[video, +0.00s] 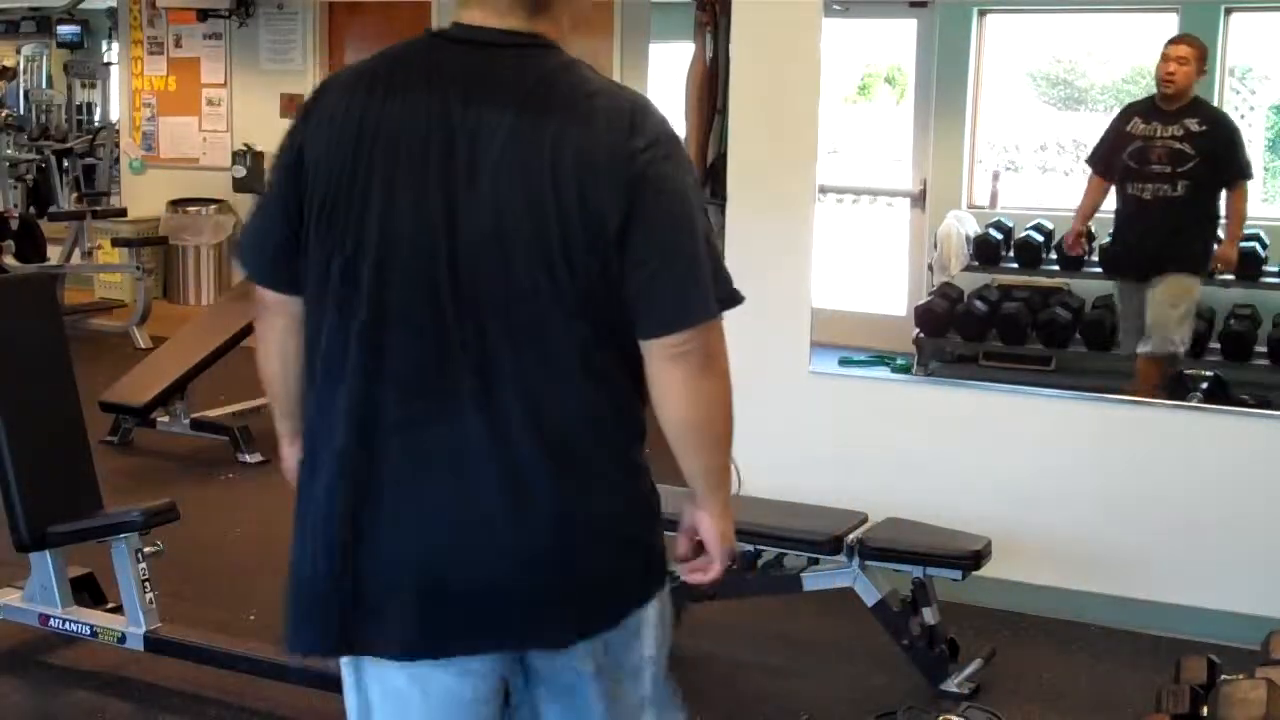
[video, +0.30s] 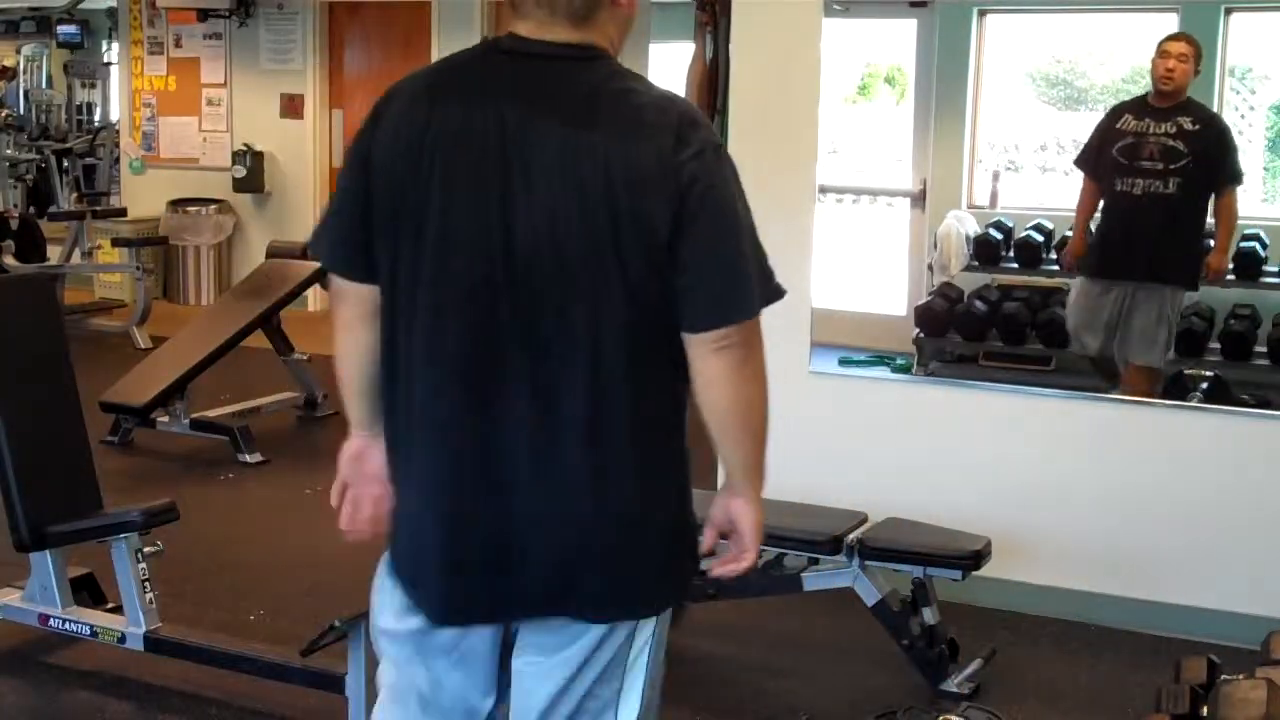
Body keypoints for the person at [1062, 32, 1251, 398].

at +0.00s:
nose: (1169, 67)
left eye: (1181, 62)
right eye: (1165, 59)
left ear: (1199, 73)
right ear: (1157, 65)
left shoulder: (1216, 124)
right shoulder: (1131, 115)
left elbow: (1237, 186)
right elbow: (1102, 174)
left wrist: (1231, 243)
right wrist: (1079, 224)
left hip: (1183, 251)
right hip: (1129, 247)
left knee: (1155, 350)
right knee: (1142, 349)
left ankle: (1134, 437)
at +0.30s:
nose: (1170, 65)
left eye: (1181, 59)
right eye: (1164, 56)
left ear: (1195, 72)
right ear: (1152, 63)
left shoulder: (1210, 127)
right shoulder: (1120, 115)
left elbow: (1226, 193)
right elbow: (1094, 179)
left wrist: (1221, 251)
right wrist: (1078, 235)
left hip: (1169, 257)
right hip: (1111, 249)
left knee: (1142, 362)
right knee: (1082, 333)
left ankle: (1131, 447)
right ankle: (1129, 390)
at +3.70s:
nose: (1192, 81)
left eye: (1194, 73)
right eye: (1189, 71)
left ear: (1165, 69)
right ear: (1164, 67)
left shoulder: (1159, 117)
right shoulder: (1139, 116)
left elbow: (1158, 188)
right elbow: (1132, 189)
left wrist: (1180, 244)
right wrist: (1159, 248)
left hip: (1162, 264)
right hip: (1137, 264)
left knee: (1165, 363)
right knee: (1129, 362)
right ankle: (1113, 445)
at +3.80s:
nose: (1196, 83)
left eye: (1198, 74)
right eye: (1193, 73)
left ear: (1169, 71)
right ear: (1167, 69)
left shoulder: (1164, 119)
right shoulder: (1139, 116)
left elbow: (1161, 189)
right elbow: (1126, 188)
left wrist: (1182, 246)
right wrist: (1155, 247)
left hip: (1163, 265)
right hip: (1138, 267)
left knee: (1161, 363)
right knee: (1133, 363)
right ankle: (1109, 445)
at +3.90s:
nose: (1197, 81)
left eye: (1199, 73)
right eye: (1194, 72)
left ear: (1170, 71)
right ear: (1167, 69)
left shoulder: (1166, 118)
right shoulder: (1138, 116)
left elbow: (1167, 189)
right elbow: (1125, 190)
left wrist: (1185, 247)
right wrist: (1147, 248)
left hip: (1166, 263)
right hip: (1139, 266)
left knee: (1149, 364)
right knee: (1132, 364)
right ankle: (1106, 445)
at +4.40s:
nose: (1198, 77)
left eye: (1198, 67)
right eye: (1195, 67)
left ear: (1169, 69)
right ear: (1173, 68)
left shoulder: (1159, 115)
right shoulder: (1144, 114)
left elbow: (1152, 187)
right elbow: (1138, 187)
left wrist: (1175, 248)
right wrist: (1159, 249)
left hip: (1164, 262)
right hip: (1143, 263)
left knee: (1152, 363)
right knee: (1126, 363)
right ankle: (1115, 445)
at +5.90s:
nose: (1210, 111)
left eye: (1216, 105)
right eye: (1213, 102)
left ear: (1193, 86)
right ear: (1195, 87)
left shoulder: (1165, 121)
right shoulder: (1152, 121)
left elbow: (1150, 193)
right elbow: (1135, 193)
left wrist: (1160, 257)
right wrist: (1144, 257)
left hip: (1143, 270)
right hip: (1128, 272)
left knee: (1130, 376)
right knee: (1124, 377)